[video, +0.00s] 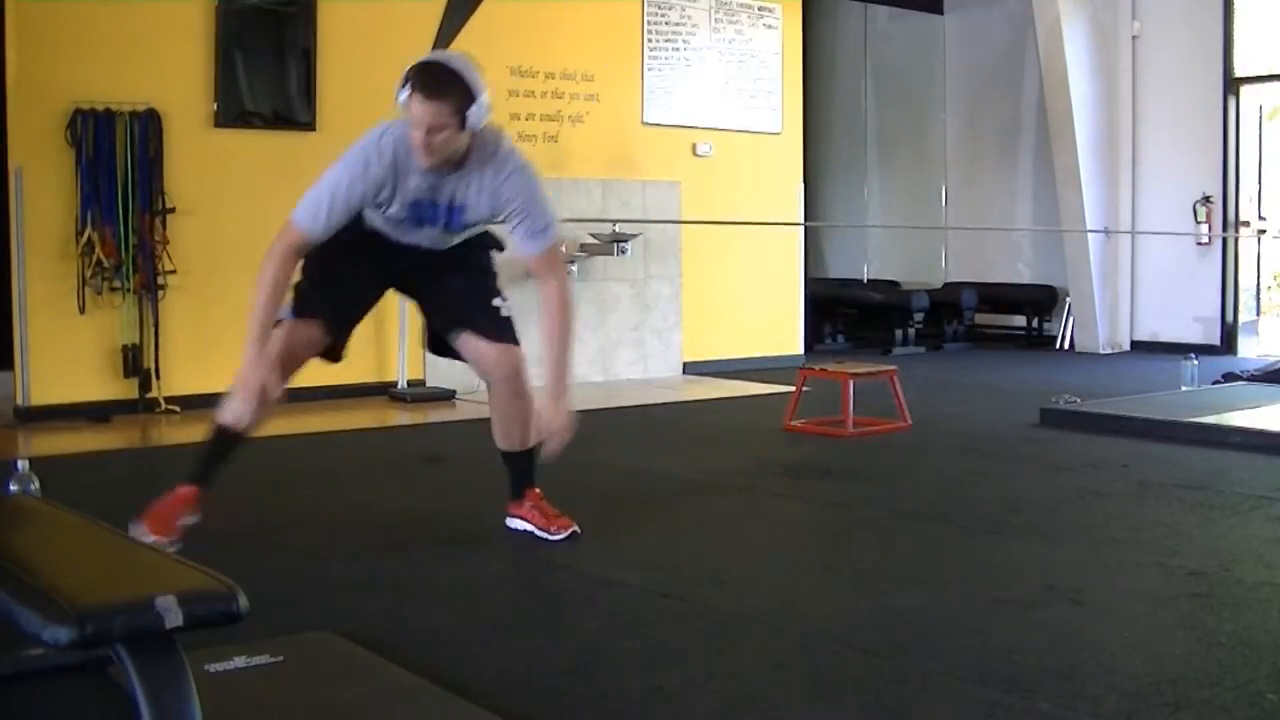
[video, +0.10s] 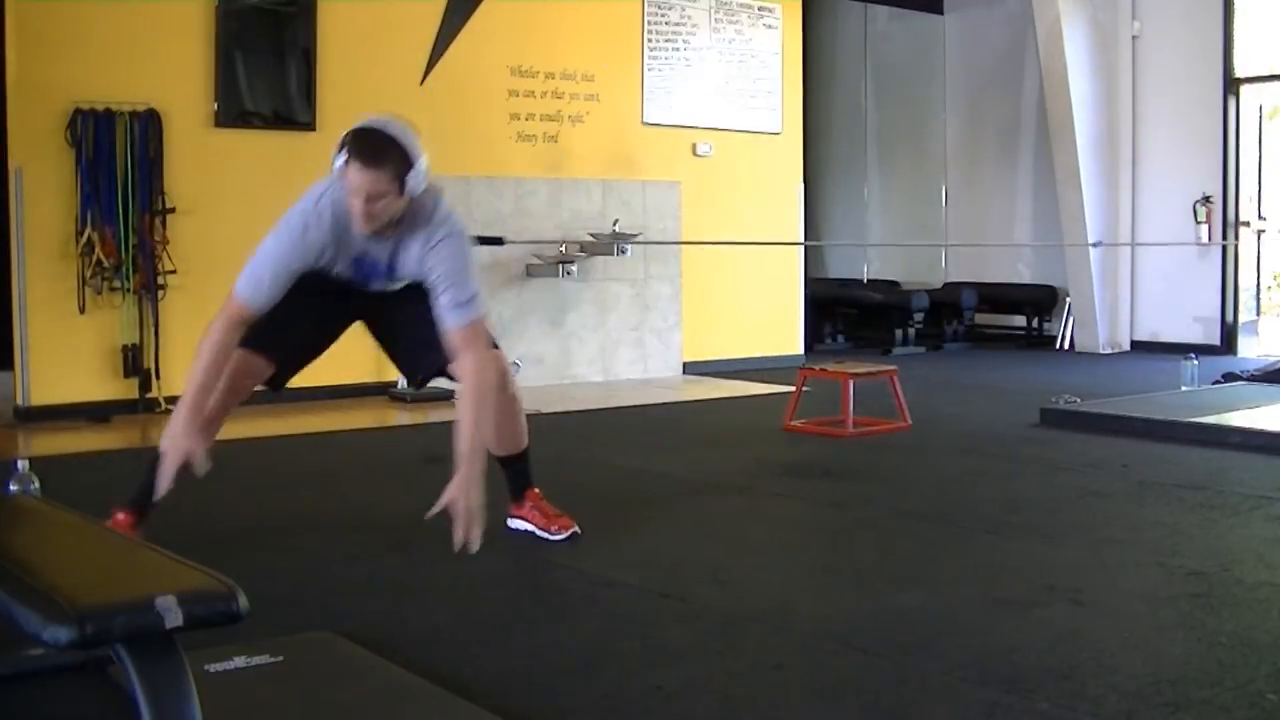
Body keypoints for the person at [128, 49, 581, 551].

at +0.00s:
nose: (421, 142)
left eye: (438, 130)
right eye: (413, 126)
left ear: (470, 124)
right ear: (404, 114)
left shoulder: (506, 169)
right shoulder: (380, 150)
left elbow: (553, 275)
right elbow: (286, 246)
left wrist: (558, 394)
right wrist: (253, 363)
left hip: (454, 255)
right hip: (365, 242)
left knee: (505, 363)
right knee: (290, 346)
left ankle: (524, 499)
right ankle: (192, 491)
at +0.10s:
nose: (362, 210)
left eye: (378, 198)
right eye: (352, 195)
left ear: (408, 189)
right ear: (339, 180)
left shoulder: (438, 230)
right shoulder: (314, 214)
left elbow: (474, 355)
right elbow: (233, 319)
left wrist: (468, 472)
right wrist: (185, 418)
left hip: (405, 291)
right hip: (321, 287)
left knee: (493, 367)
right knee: (233, 377)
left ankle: (527, 499)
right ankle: (133, 513)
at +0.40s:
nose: (309, 294)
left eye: (322, 279)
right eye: (297, 280)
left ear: (343, 271)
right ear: (272, 272)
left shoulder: (370, 294)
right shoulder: (239, 293)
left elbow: (395, 424)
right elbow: (174, 415)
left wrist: (399, 538)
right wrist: (123, 513)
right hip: (253, 278)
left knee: (449, 396)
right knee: (158, 376)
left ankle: (521, 499)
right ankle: (112, 511)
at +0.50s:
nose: (399, 226)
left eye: (407, 211)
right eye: (385, 213)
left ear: (413, 207)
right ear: (344, 209)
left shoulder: (416, 260)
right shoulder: (290, 231)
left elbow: (422, 387)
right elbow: (200, 319)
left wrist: (420, 505)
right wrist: (160, 427)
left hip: (367, 309)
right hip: (284, 301)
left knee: (471, 369)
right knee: (187, 389)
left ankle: (525, 500)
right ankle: (115, 524)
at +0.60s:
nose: (488, 151)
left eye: (491, 138)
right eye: (477, 139)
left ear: (485, 138)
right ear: (435, 138)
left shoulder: (490, 206)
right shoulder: (357, 181)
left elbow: (492, 326)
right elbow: (265, 227)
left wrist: (433, 400)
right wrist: (209, 302)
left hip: (427, 290)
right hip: (336, 284)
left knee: (525, 360)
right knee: (246, 394)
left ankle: (531, 498)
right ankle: (126, 518)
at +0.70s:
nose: (559, 94)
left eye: (560, 82)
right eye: (549, 83)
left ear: (518, 85)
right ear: (507, 85)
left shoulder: (562, 148)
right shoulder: (434, 135)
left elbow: (569, 247)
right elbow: (343, 170)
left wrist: (500, 260)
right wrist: (278, 233)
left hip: (490, 271)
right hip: (412, 259)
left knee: (569, 351)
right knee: (349, 368)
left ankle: (539, 494)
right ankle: (242, 497)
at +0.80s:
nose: (611, 59)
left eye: (613, 48)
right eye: (601, 49)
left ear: (581, 53)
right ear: (564, 52)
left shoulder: (615, 110)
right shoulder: (496, 109)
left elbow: (636, 193)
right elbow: (398, 158)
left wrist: (592, 228)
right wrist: (346, 241)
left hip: (551, 236)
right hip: (477, 231)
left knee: (630, 326)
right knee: (457, 331)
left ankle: (571, 473)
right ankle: (454, 472)